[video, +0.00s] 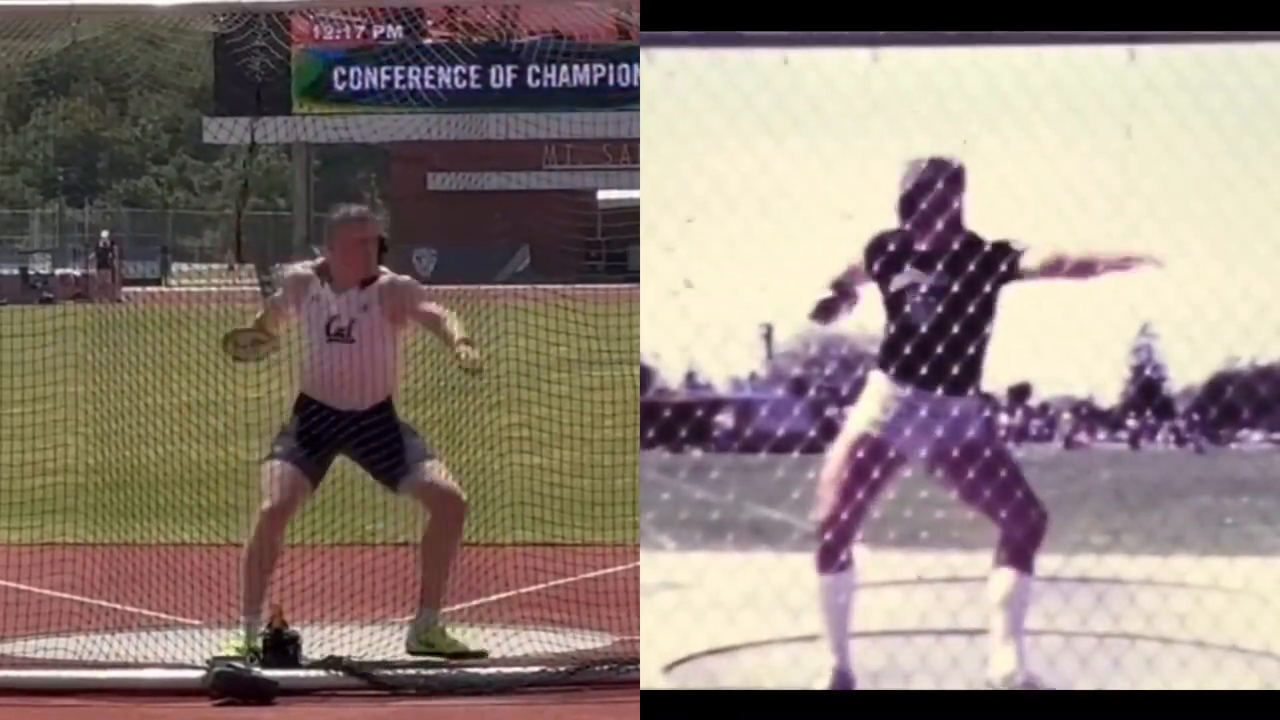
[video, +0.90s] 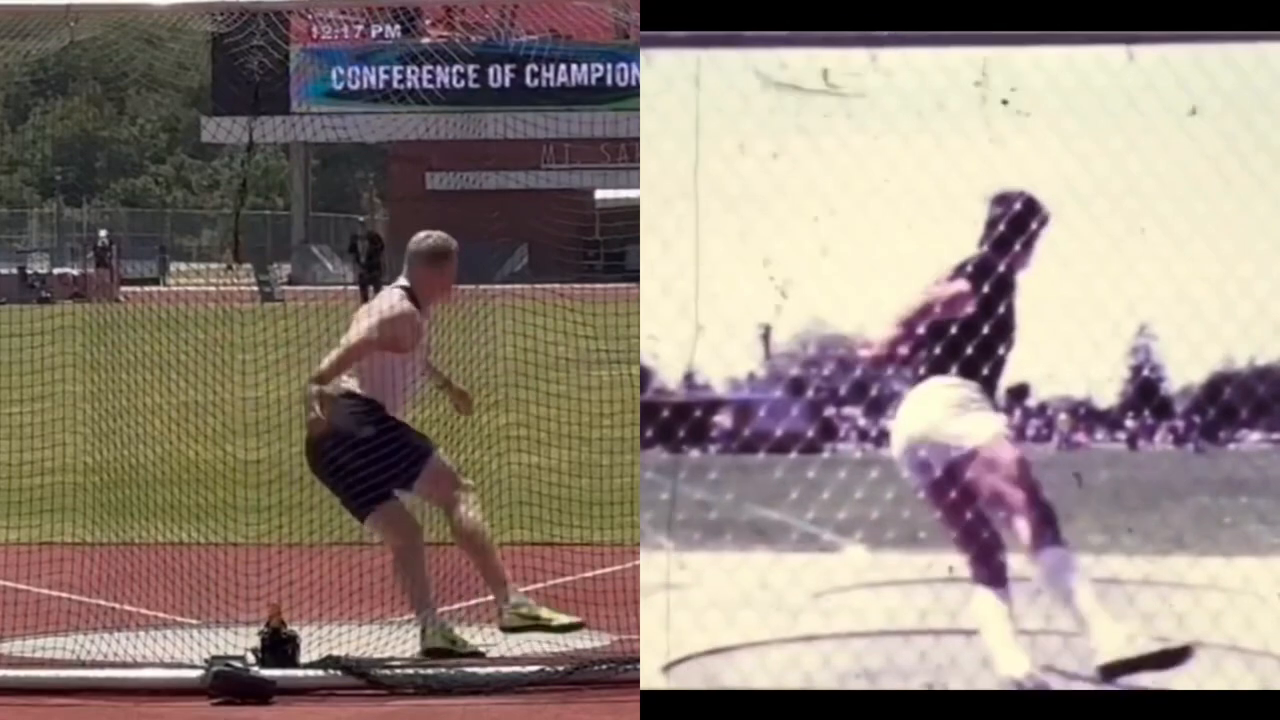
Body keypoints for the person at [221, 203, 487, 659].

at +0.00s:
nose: (367, 254)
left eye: (373, 244)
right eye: (356, 244)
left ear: (379, 246)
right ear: (329, 248)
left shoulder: (392, 288)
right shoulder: (302, 282)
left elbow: (436, 316)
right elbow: (273, 315)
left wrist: (458, 343)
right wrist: (259, 337)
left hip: (377, 422)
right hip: (313, 421)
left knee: (450, 504)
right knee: (274, 510)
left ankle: (426, 627)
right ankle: (248, 633)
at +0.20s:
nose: (413, 262)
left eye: (413, 251)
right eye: (403, 252)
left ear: (409, 255)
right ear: (369, 256)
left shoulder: (426, 297)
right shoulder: (327, 294)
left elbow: (490, 321)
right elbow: (265, 320)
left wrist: (533, 347)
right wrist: (216, 352)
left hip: (376, 436)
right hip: (328, 423)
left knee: (461, 508)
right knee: (309, 509)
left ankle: (436, 621)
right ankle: (224, 612)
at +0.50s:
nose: (443, 279)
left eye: (443, 269)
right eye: (436, 268)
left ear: (427, 273)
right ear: (404, 270)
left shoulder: (440, 311)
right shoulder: (353, 306)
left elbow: (504, 334)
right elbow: (279, 338)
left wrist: (571, 360)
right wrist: (213, 370)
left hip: (377, 450)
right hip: (345, 433)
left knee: (448, 526)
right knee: (365, 513)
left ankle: (439, 624)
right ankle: (250, 571)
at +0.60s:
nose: (454, 282)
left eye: (454, 272)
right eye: (448, 272)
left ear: (433, 277)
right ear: (420, 274)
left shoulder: (444, 319)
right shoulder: (366, 311)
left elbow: (504, 346)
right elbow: (292, 345)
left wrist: (571, 371)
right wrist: (225, 378)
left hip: (376, 446)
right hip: (351, 432)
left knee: (439, 537)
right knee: (387, 510)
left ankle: (438, 628)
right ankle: (310, 580)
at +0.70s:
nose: (461, 283)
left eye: (461, 275)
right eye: (458, 274)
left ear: (426, 272)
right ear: (439, 276)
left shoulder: (440, 323)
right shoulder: (380, 315)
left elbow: (487, 353)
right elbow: (307, 349)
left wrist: (549, 381)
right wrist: (247, 386)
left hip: (375, 444)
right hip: (352, 431)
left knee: (430, 537)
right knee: (402, 500)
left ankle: (436, 630)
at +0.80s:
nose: (459, 288)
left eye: (459, 279)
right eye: (456, 278)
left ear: (426, 277)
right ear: (433, 278)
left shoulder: (431, 326)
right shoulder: (389, 313)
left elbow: (460, 359)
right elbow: (329, 350)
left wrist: (506, 388)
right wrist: (278, 387)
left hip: (333, 447)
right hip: (353, 426)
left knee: (411, 536)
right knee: (427, 501)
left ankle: (435, 628)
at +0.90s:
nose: (453, 284)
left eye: (453, 274)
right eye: (451, 273)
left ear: (414, 267)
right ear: (437, 272)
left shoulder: (394, 305)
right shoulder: (400, 313)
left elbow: (416, 359)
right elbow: (355, 346)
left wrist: (449, 387)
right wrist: (317, 385)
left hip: (326, 433)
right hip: (359, 420)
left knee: (403, 532)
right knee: (456, 492)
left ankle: (432, 629)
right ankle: (509, 601)